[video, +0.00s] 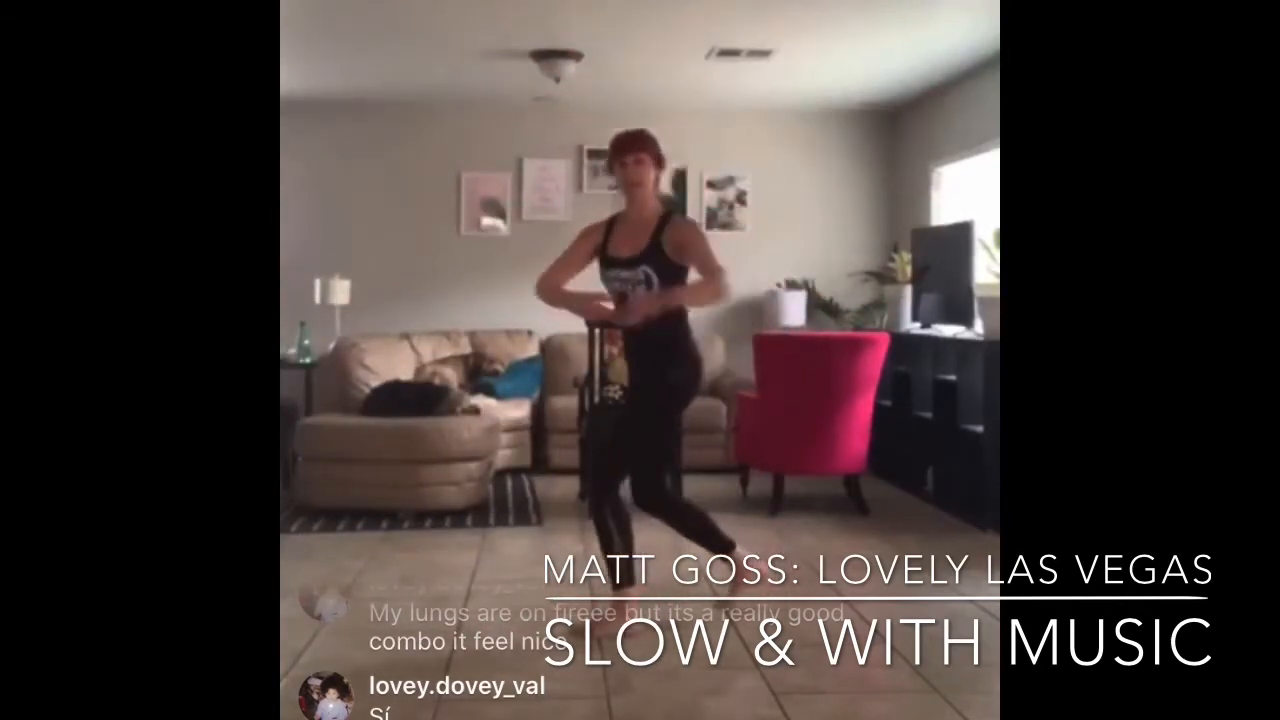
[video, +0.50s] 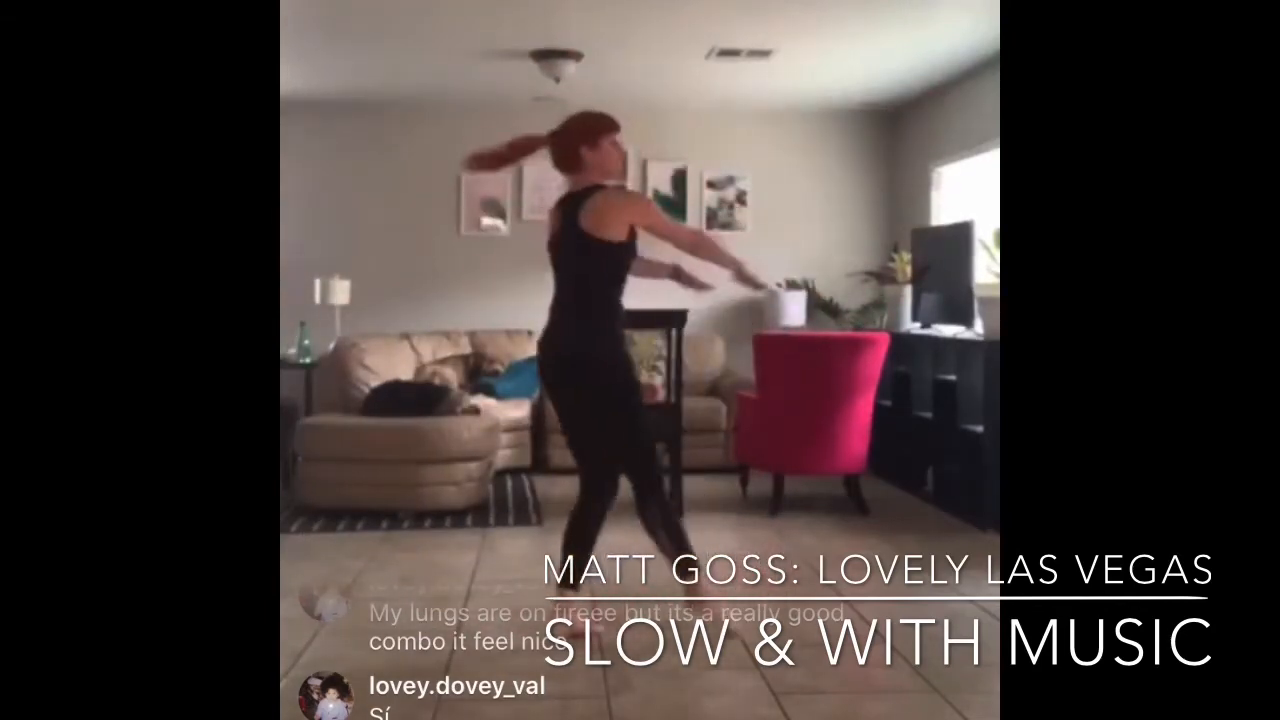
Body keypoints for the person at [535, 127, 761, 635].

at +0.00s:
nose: (631, 169)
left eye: (640, 161)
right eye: (623, 163)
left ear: (658, 169)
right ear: (613, 173)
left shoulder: (679, 231)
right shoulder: (601, 233)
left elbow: (718, 287)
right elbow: (546, 287)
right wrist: (587, 304)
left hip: (672, 367)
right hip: (638, 368)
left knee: (602, 472)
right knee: (654, 495)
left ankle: (623, 598)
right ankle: (738, 561)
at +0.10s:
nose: (601, 171)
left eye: (610, 161)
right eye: (598, 163)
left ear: (640, 167)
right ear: (600, 172)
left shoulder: (657, 225)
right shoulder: (603, 231)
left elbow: (617, 281)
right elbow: (556, 266)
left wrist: (544, 285)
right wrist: (523, 282)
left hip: (664, 368)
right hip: (645, 368)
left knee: (593, 480)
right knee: (656, 485)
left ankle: (625, 598)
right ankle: (737, 560)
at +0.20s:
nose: (588, 173)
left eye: (592, 163)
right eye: (587, 164)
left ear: (613, 163)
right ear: (626, 163)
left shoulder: (613, 218)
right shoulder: (639, 218)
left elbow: (549, 265)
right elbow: (559, 272)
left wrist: (489, 272)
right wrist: (498, 279)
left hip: (639, 366)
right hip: (672, 361)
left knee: (589, 481)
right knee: (665, 472)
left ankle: (621, 600)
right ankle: (731, 569)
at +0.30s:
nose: (583, 165)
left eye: (583, 158)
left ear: (586, 161)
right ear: (630, 160)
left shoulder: (570, 216)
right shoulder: (649, 215)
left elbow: (528, 279)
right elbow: (633, 264)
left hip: (605, 356)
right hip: (662, 352)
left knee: (594, 482)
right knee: (681, 470)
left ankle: (611, 600)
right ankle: (721, 574)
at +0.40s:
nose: (627, 157)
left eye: (624, 149)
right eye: (623, 150)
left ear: (573, 158)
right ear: (613, 154)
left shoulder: (552, 214)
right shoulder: (640, 207)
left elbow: (571, 264)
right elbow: (659, 272)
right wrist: (645, 274)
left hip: (573, 349)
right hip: (631, 347)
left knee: (595, 474)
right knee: (670, 464)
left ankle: (587, 592)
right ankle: (712, 569)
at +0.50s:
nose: (623, 151)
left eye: (619, 141)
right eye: (614, 143)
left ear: (577, 157)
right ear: (591, 153)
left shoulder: (560, 213)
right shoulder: (621, 203)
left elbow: (613, 257)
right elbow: (695, 240)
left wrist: (673, 270)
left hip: (558, 354)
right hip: (598, 354)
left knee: (599, 478)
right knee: (644, 472)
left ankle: (564, 597)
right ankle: (697, 584)